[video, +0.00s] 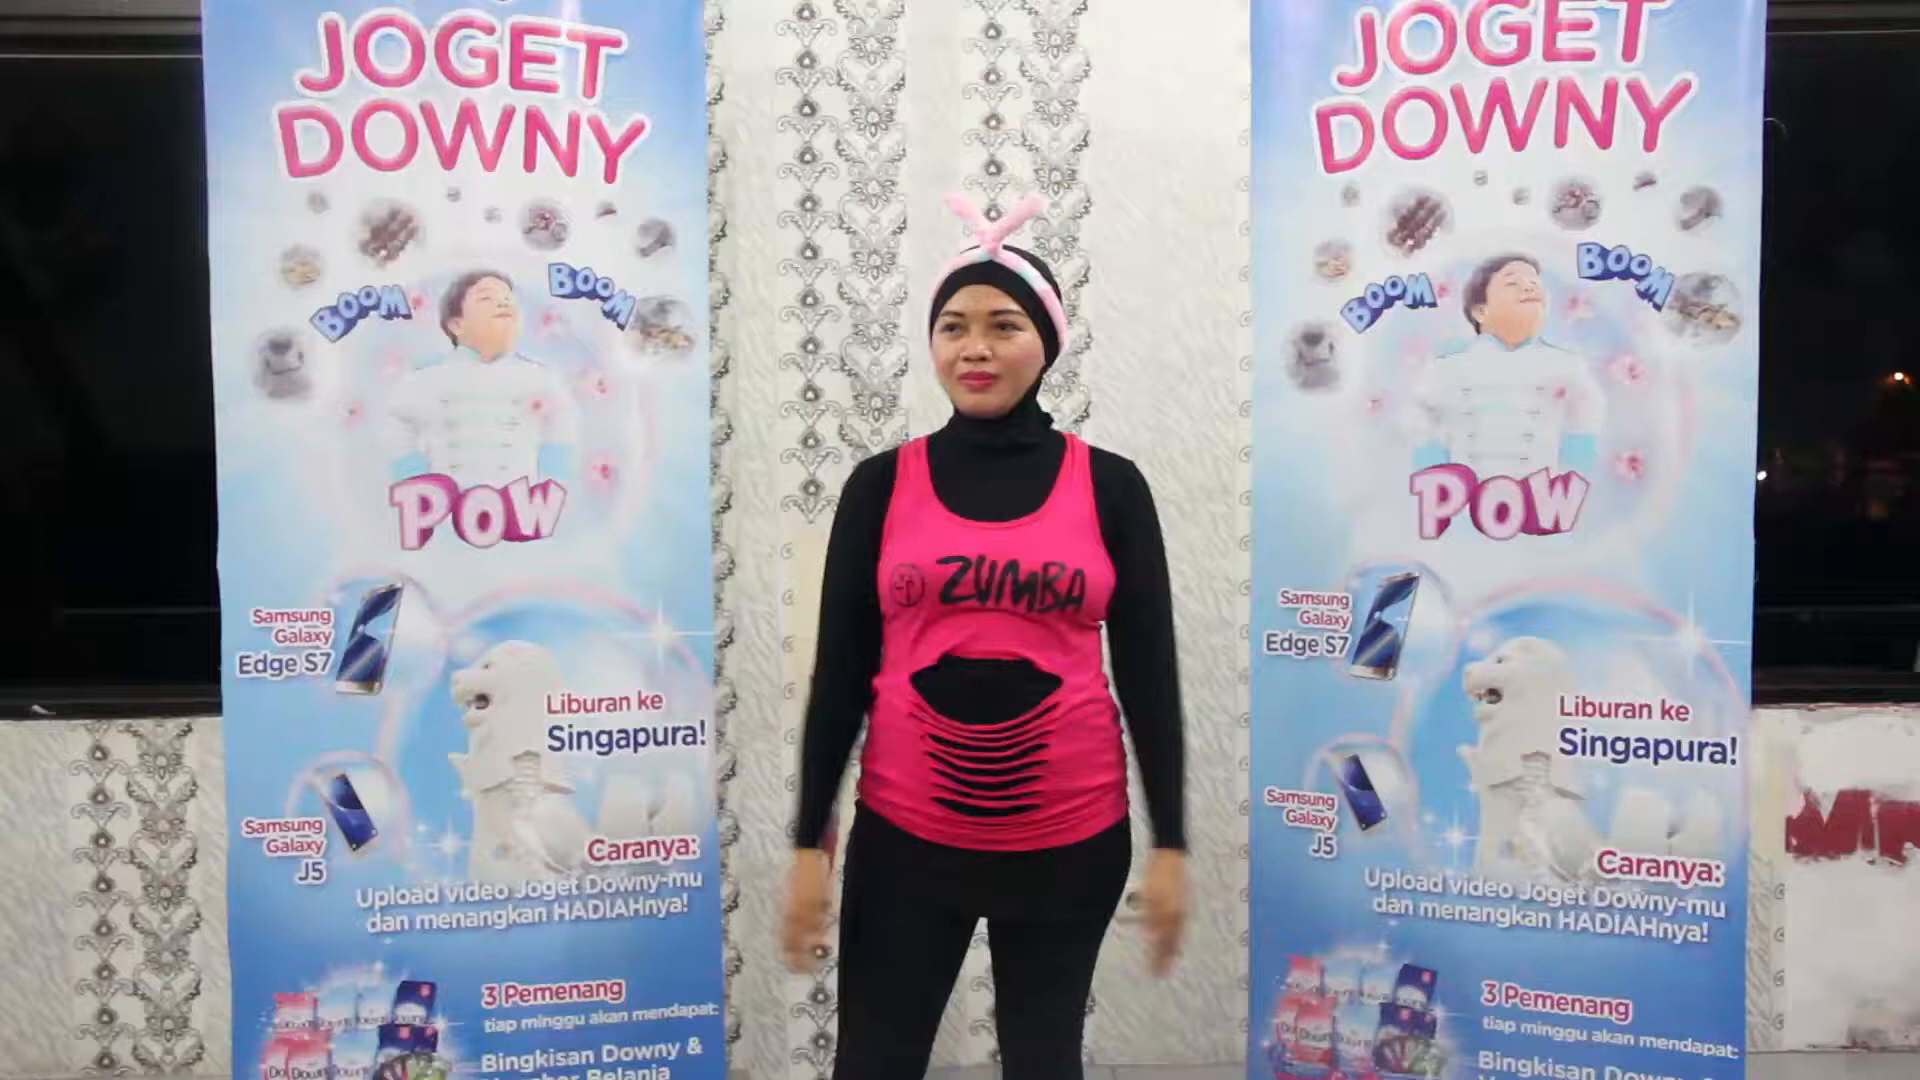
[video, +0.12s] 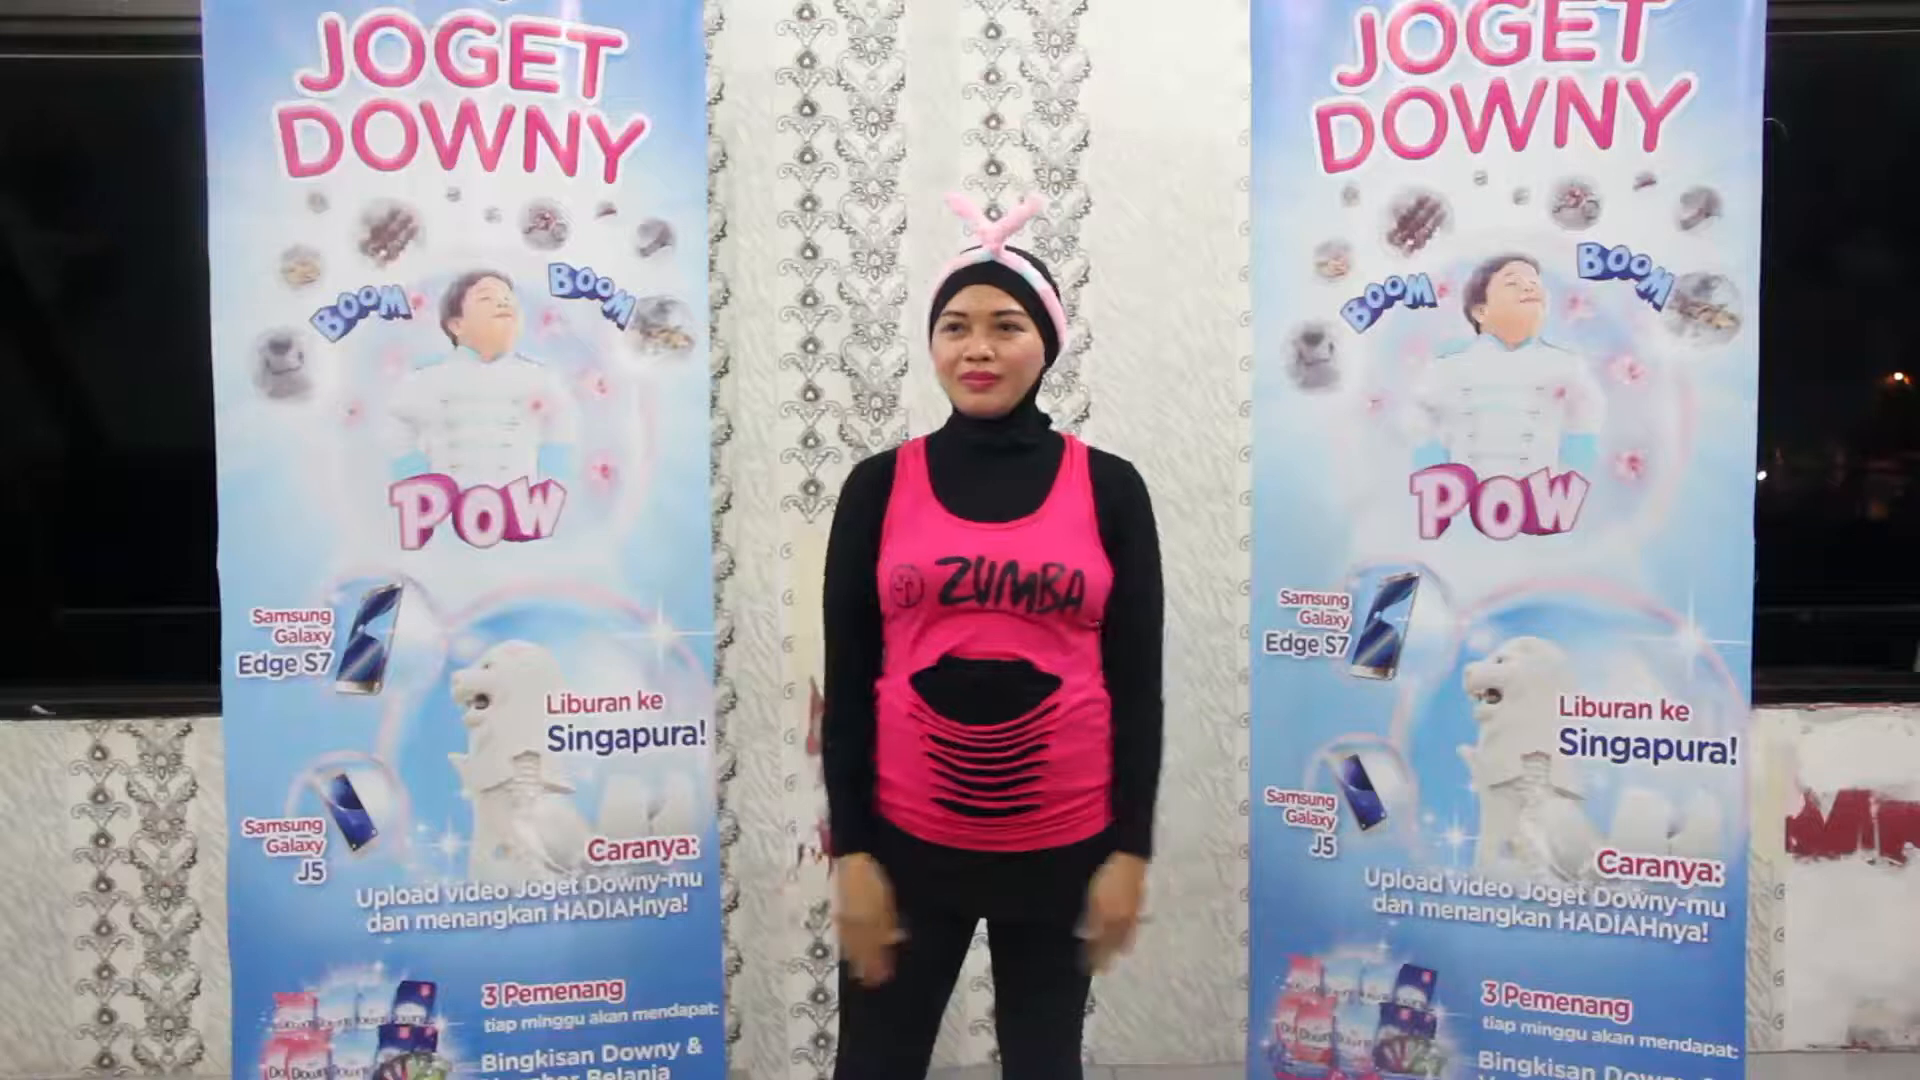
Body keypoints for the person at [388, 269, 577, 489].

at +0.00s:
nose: (503, 303)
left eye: (508, 299)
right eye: (485, 298)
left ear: (518, 316)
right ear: (455, 324)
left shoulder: (538, 378)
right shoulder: (423, 381)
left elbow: (560, 438)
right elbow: (393, 430)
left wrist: (546, 494)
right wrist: (417, 485)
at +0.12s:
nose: (503, 303)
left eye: (508, 299)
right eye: (485, 298)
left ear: (518, 316)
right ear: (455, 324)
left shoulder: (538, 378)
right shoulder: (423, 381)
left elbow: (560, 441)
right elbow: (393, 431)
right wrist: (417, 485)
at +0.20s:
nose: (503, 303)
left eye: (509, 299)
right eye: (485, 298)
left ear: (518, 316)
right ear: (455, 324)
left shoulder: (538, 378)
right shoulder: (423, 381)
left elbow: (560, 441)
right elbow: (393, 431)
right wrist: (417, 486)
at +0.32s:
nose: (503, 303)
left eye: (509, 299)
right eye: (485, 298)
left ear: (518, 316)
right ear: (455, 324)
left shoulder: (538, 378)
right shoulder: (423, 381)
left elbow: (560, 441)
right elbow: (393, 432)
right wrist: (417, 486)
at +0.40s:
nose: (503, 303)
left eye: (508, 299)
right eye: (485, 298)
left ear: (518, 316)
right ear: (455, 324)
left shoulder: (539, 378)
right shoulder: (423, 382)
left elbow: (559, 444)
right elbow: (392, 431)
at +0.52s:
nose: (503, 303)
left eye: (508, 299)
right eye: (485, 298)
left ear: (518, 316)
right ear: (454, 324)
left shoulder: (539, 378)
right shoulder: (423, 382)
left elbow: (559, 443)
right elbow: (392, 431)